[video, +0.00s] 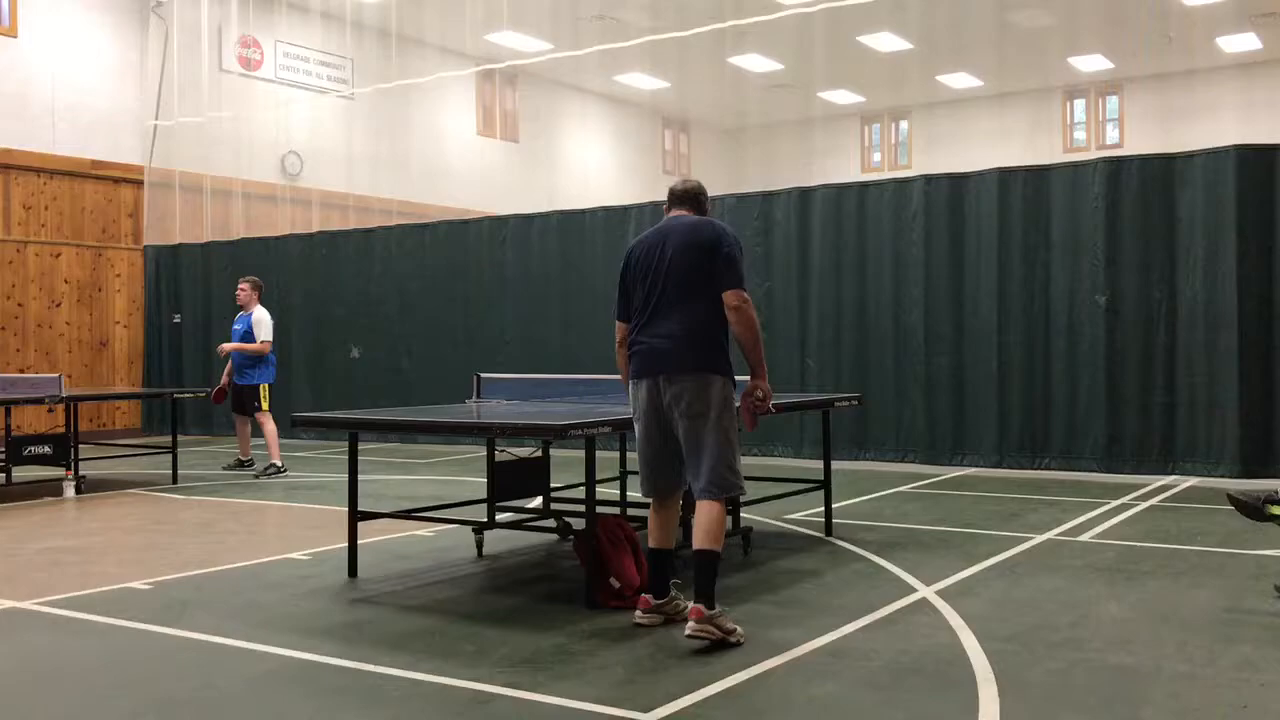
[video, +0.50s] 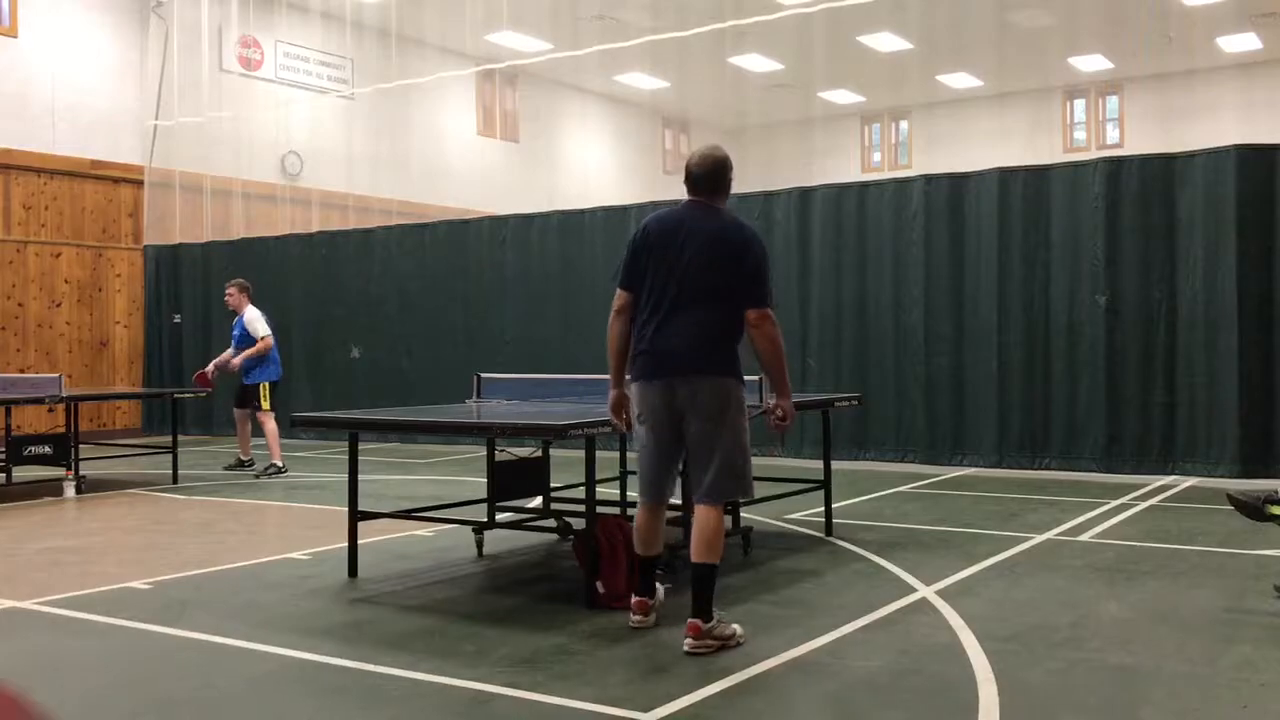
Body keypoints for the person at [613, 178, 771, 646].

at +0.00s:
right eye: (708, 210)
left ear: (665, 210)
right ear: (706, 209)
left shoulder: (637, 248)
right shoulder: (717, 236)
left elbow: (623, 333)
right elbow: (736, 303)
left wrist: (631, 389)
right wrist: (759, 374)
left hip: (646, 375)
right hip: (702, 372)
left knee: (663, 489)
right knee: (710, 489)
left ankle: (657, 598)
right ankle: (703, 609)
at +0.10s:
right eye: (706, 201)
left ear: (665, 202)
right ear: (707, 202)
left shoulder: (640, 244)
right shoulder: (722, 236)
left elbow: (623, 331)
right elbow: (740, 307)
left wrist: (632, 390)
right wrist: (761, 378)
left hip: (647, 380)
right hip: (705, 378)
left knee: (664, 491)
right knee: (709, 491)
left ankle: (657, 598)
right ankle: (702, 616)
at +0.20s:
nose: (705, 204)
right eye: (710, 197)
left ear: (668, 197)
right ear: (711, 197)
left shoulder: (641, 242)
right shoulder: (727, 237)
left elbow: (621, 329)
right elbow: (746, 311)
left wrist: (629, 395)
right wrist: (767, 383)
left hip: (652, 383)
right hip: (710, 381)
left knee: (665, 491)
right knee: (710, 494)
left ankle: (657, 598)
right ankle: (701, 620)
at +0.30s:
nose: (707, 198)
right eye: (714, 191)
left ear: (674, 192)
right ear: (717, 192)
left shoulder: (646, 239)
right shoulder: (733, 238)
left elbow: (621, 324)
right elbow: (752, 316)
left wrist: (624, 392)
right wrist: (774, 387)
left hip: (654, 381)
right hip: (714, 381)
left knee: (664, 491)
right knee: (710, 495)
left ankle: (657, 599)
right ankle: (701, 623)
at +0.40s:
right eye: (722, 186)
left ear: (680, 188)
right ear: (724, 189)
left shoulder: (649, 234)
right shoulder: (739, 238)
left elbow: (622, 316)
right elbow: (757, 319)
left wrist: (620, 388)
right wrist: (780, 390)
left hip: (654, 380)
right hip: (716, 381)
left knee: (658, 492)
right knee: (711, 495)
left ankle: (654, 598)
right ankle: (703, 622)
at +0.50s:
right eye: (727, 180)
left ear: (684, 183)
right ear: (729, 186)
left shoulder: (651, 229)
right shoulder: (742, 238)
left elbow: (621, 309)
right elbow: (759, 320)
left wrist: (617, 383)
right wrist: (781, 391)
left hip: (650, 378)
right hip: (714, 380)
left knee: (650, 493)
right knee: (710, 495)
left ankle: (643, 597)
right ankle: (701, 622)